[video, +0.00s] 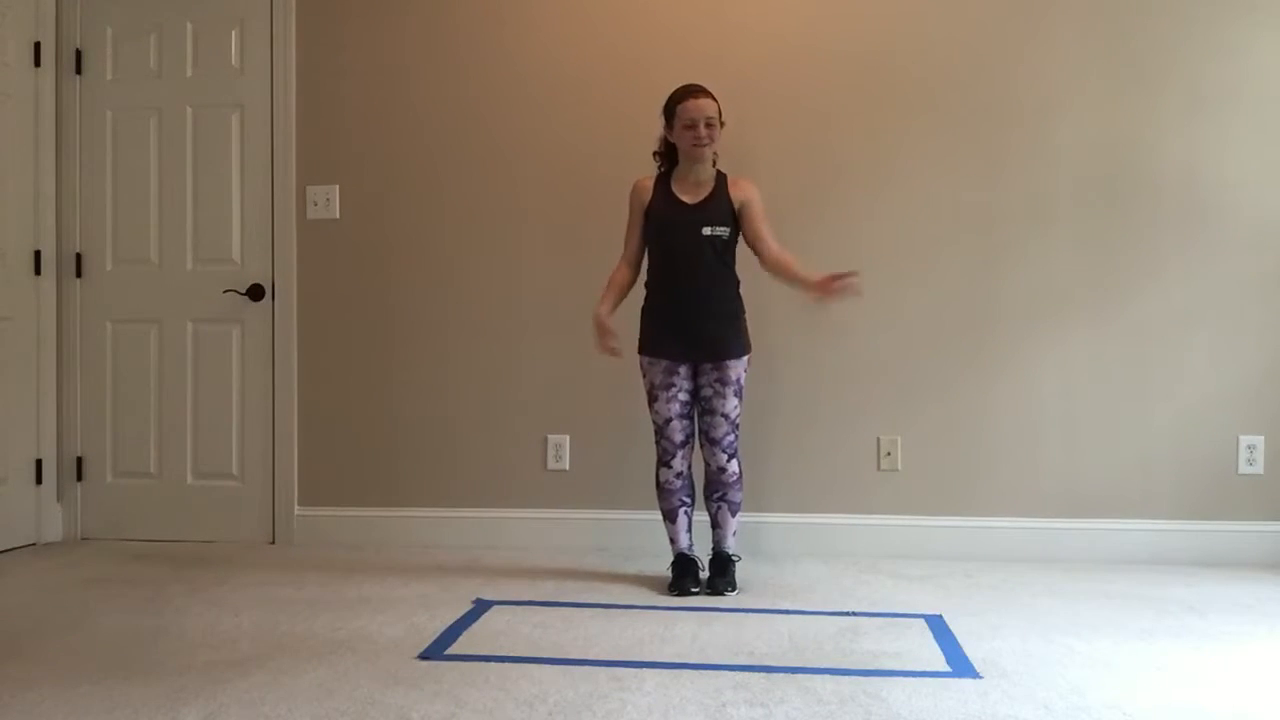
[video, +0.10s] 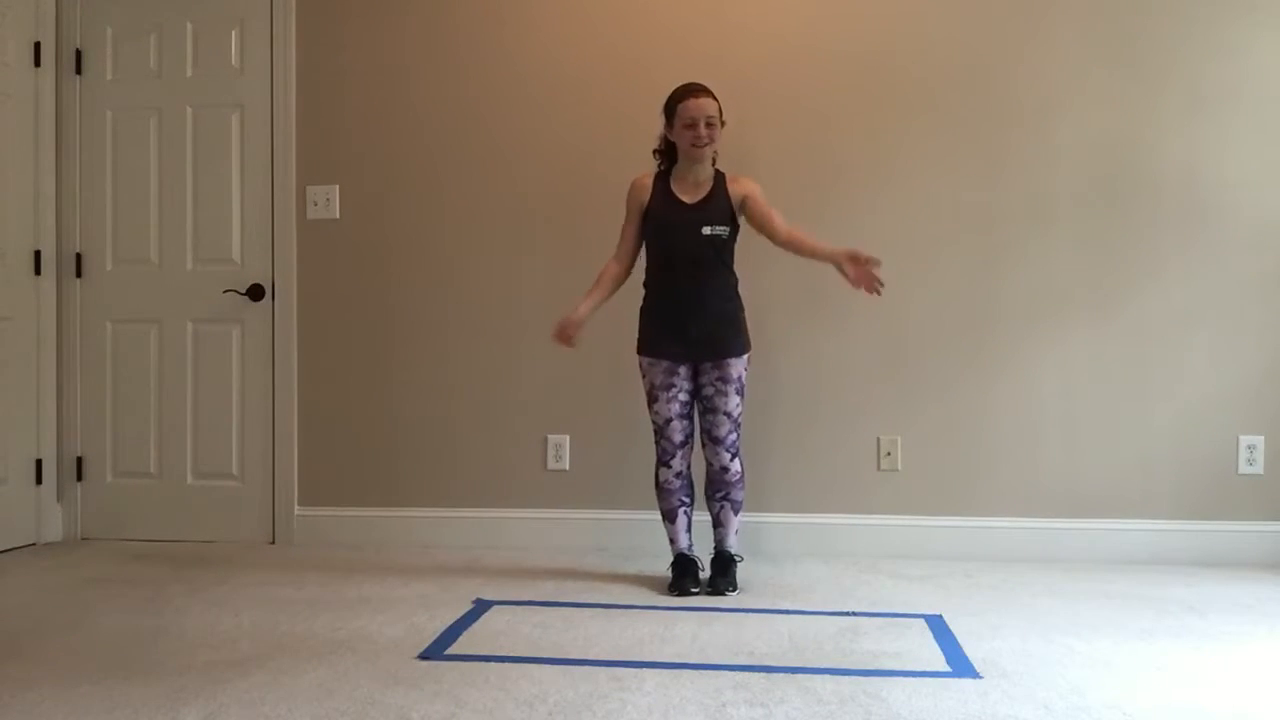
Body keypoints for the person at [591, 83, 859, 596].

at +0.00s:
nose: (702, 131)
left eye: (710, 123)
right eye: (690, 123)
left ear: (721, 129)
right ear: (670, 131)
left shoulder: (739, 192)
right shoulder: (647, 190)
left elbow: (770, 252)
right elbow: (630, 263)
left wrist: (811, 282)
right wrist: (604, 308)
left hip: (723, 341)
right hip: (664, 341)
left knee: (721, 448)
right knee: (672, 450)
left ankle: (724, 555)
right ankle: (683, 556)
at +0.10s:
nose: (701, 132)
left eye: (710, 122)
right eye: (690, 123)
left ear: (722, 128)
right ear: (670, 130)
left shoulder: (739, 190)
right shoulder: (646, 190)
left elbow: (784, 235)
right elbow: (621, 261)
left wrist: (839, 256)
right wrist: (582, 309)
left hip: (723, 340)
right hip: (663, 340)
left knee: (723, 448)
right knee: (673, 449)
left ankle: (725, 554)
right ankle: (682, 556)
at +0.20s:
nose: (700, 129)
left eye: (709, 120)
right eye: (689, 120)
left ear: (721, 127)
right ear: (670, 128)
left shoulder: (737, 190)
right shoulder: (646, 188)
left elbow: (782, 238)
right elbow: (612, 258)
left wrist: (833, 248)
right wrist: (570, 309)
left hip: (724, 337)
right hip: (664, 338)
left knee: (727, 446)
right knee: (673, 448)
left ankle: (725, 553)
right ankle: (683, 557)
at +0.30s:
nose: (698, 125)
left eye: (708, 117)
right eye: (688, 117)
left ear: (721, 128)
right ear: (670, 128)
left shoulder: (740, 190)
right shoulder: (648, 186)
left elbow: (777, 250)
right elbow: (612, 252)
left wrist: (794, 271)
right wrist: (579, 314)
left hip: (728, 339)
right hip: (667, 339)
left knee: (729, 448)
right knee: (675, 450)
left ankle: (725, 551)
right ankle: (683, 557)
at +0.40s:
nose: (698, 124)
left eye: (708, 117)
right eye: (688, 117)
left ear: (723, 127)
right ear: (671, 128)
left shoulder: (741, 190)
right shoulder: (650, 187)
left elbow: (793, 254)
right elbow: (616, 252)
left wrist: (783, 301)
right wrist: (588, 314)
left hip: (729, 339)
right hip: (668, 340)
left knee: (729, 450)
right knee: (675, 450)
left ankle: (725, 552)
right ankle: (683, 557)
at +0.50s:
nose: (702, 123)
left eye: (712, 116)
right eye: (692, 116)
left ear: (727, 126)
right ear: (676, 127)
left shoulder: (746, 189)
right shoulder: (655, 188)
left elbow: (805, 246)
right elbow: (621, 253)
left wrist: (792, 306)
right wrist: (591, 317)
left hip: (730, 342)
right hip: (669, 341)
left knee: (726, 450)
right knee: (676, 449)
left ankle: (724, 554)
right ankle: (684, 558)